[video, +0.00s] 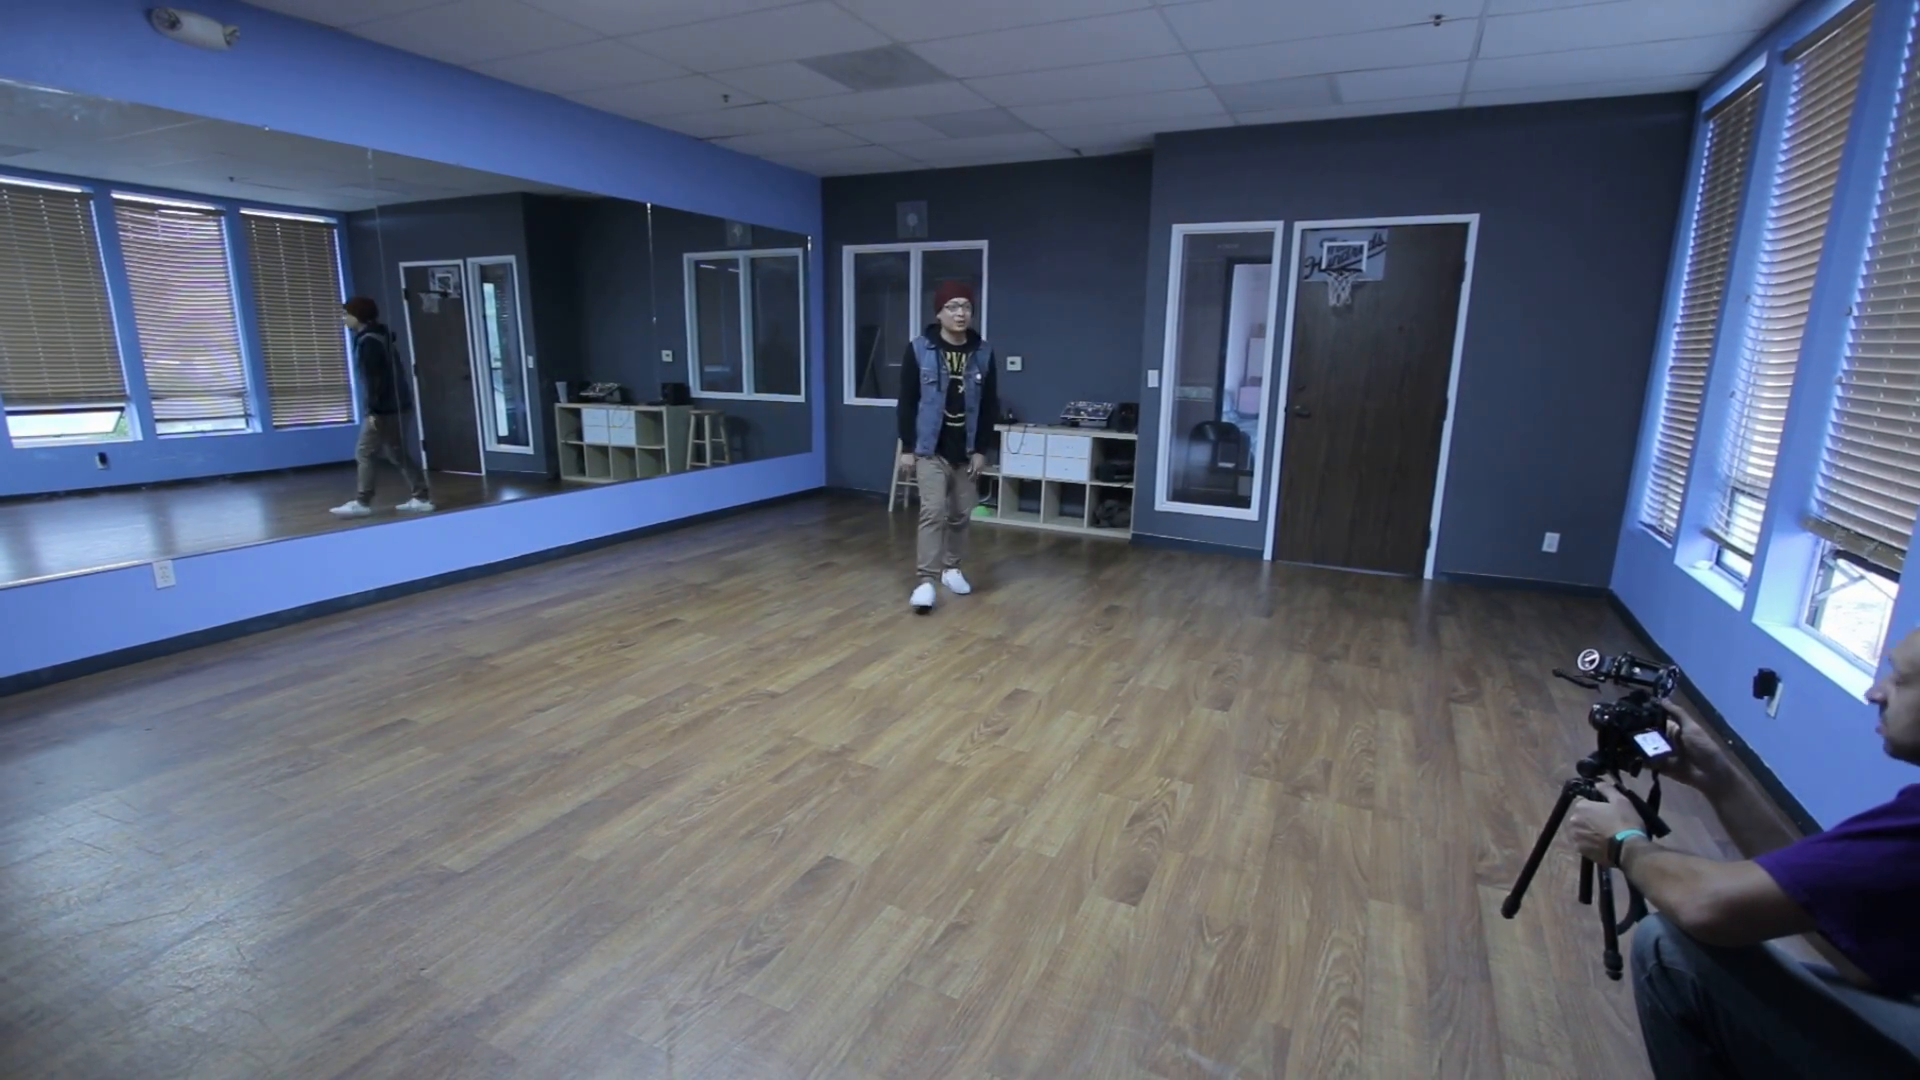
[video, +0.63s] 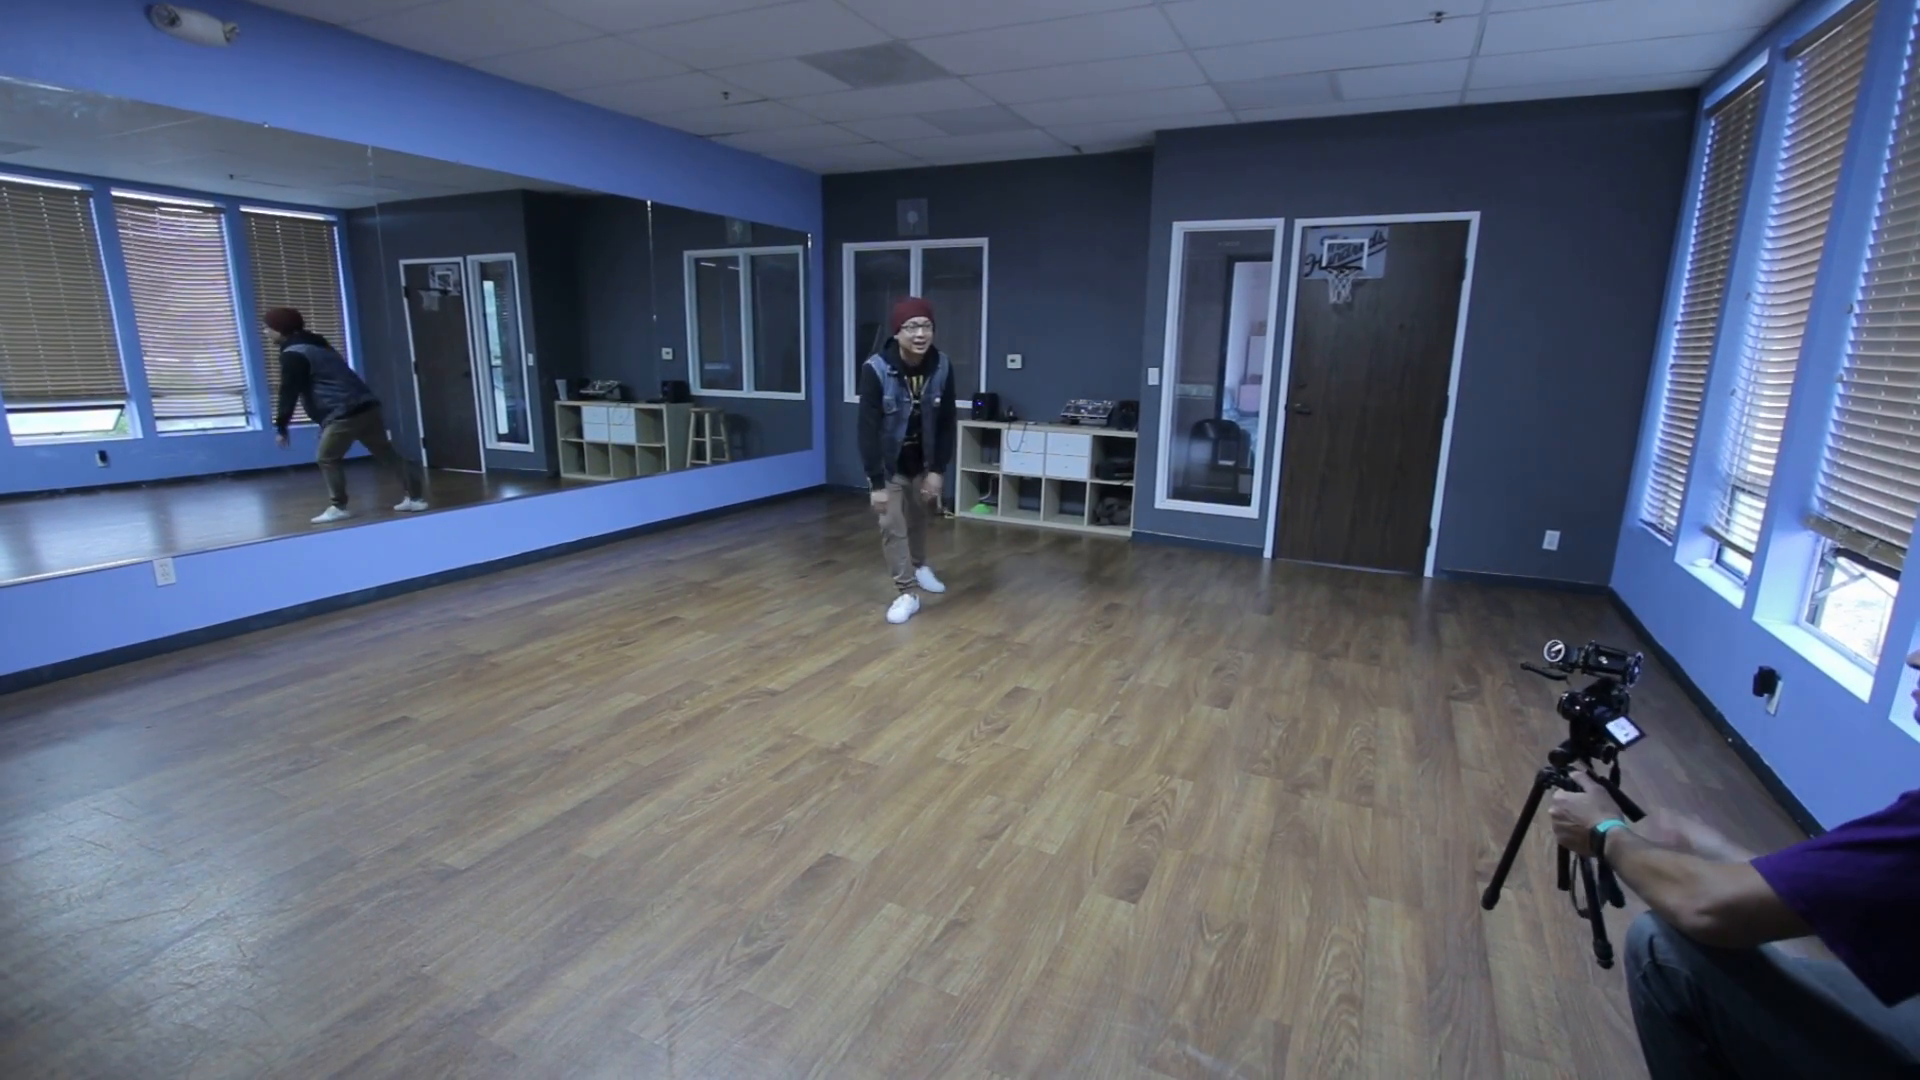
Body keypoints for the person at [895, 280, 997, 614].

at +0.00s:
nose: (960, 313)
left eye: (966, 308)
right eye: (953, 307)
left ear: (972, 314)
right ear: (939, 313)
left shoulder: (983, 354)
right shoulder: (919, 349)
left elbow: (989, 405)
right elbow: (907, 400)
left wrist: (983, 449)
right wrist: (907, 447)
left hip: (967, 450)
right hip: (930, 447)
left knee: (960, 515)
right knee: (933, 513)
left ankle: (951, 568)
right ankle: (927, 579)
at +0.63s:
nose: (921, 334)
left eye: (926, 327)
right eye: (912, 327)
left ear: (934, 331)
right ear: (896, 332)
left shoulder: (941, 367)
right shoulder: (876, 369)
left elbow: (947, 423)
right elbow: (868, 428)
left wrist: (938, 469)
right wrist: (876, 482)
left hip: (923, 462)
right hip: (888, 463)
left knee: (920, 518)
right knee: (892, 525)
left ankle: (920, 566)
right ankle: (905, 592)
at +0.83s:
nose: (906, 318)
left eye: (912, 311)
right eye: (898, 311)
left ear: (920, 317)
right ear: (884, 318)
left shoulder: (930, 355)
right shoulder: (865, 356)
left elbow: (934, 409)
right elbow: (853, 414)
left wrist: (910, 447)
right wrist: (861, 466)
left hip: (911, 449)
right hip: (876, 451)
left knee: (905, 515)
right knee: (888, 519)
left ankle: (872, 565)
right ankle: (905, 590)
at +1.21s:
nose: (868, 298)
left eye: (874, 293)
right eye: (860, 294)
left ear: (883, 303)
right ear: (849, 306)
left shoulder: (900, 346)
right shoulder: (834, 346)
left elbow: (916, 399)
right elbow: (820, 402)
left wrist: (926, 446)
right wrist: (821, 452)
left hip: (889, 446)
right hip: (848, 447)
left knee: (877, 516)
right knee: (863, 513)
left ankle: (856, 579)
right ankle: (882, 586)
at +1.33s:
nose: (859, 298)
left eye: (864, 293)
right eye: (851, 295)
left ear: (874, 304)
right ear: (840, 307)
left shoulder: (892, 346)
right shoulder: (825, 347)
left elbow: (907, 397)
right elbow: (814, 402)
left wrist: (921, 442)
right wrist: (812, 451)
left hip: (881, 447)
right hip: (840, 447)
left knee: (871, 519)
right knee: (848, 514)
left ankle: (858, 581)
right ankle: (843, 588)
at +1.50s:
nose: (846, 297)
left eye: (851, 291)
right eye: (839, 293)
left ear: (862, 300)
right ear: (829, 305)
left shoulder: (882, 343)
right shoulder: (817, 344)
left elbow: (894, 395)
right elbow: (805, 400)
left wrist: (899, 440)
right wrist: (808, 450)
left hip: (873, 446)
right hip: (834, 446)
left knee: (861, 518)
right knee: (822, 514)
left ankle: (855, 580)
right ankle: (800, 576)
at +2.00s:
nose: (808, 298)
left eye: (813, 293)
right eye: (801, 294)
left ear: (824, 301)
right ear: (791, 305)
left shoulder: (843, 341)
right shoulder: (777, 342)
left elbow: (854, 393)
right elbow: (770, 395)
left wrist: (855, 438)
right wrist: (783, 438)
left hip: (833, 440)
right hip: (796, 441)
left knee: (839, 506)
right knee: (795, 506)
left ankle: (849, 569)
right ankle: (792, 566)